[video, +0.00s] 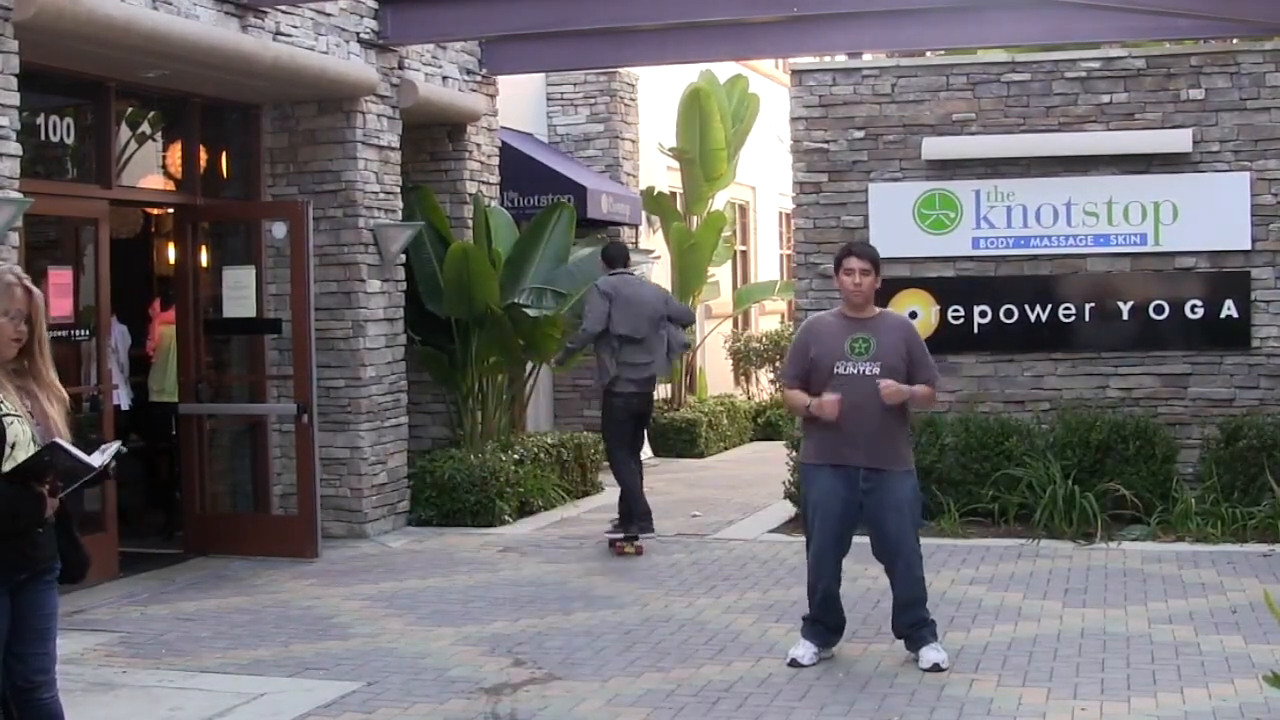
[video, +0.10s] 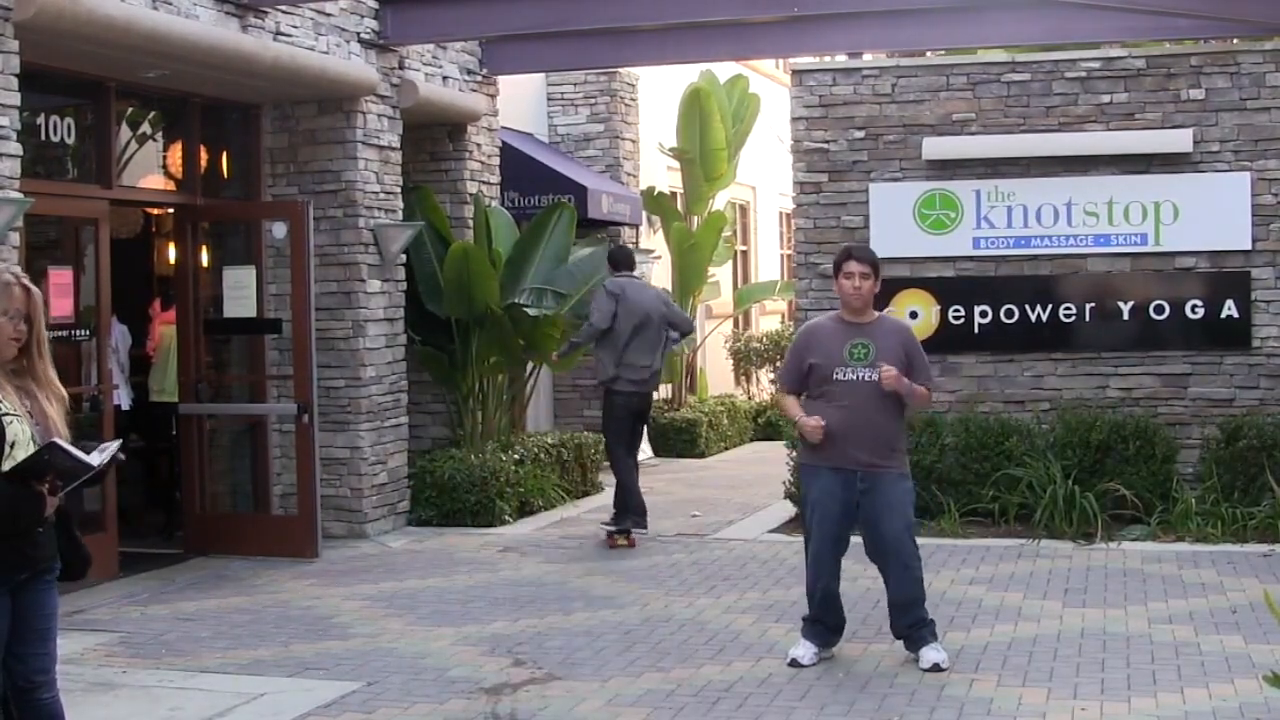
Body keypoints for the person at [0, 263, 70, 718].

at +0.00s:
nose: (20, 329)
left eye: (27, 320)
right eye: (11, 317)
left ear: (34, 326)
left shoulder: (36, 389)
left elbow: (57, 464)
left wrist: (61, 486)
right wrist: (28, 505)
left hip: (36, 558)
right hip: (2, 560)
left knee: (36, 690)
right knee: (9, 692)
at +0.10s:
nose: (18, 329)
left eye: (24, 318)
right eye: (9, 316)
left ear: (33, 326)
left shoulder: (37, 389)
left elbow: (58, 466)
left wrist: (57, 490)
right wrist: (28, 503)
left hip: (36, 557)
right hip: (3, 558)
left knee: (36, 689)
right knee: (12, 690)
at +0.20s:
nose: (18, 329)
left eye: (25, 319)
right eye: (9, 317)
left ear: (34, 326)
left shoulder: (39, 390)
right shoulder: (3, 392)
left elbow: (57, 465)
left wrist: (56, 489)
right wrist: (28, 503)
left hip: (37, 558)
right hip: (3, 559)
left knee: (39, 689)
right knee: (8, 692)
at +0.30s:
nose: (20, 331)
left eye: (26, 321)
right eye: (11, 319)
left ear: (34, 328)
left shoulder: (38, 391)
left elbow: (56, 466)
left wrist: (54, 489)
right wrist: (27, 502)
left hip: (37, 559)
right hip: (4, 560)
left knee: (42, 690)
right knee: (9, 694)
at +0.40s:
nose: (22, 332)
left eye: (28, 323)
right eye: (13, 321)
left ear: (36, 328)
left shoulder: (40, 391)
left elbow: (65, 471)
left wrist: (54, 493)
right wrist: (29, 496)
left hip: (38, 559)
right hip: (3, 560)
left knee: (43, 689)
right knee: (6, 694)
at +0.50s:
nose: (24, 336)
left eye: (30, 326)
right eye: (14, 324)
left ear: (38, 330)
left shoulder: (43, 391)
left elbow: (66, 473)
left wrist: (55, 495)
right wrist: (29, 497)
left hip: (38, 556)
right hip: (2, 557)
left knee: (42, 682)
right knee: (6, 685)